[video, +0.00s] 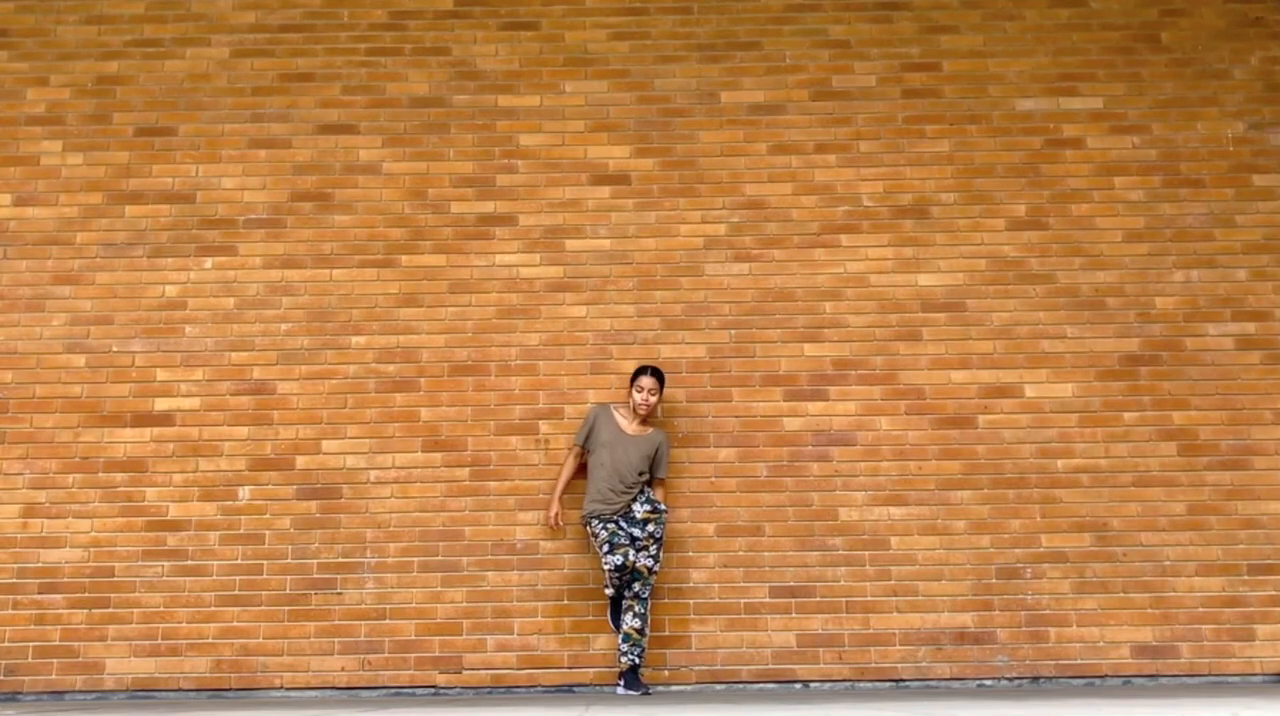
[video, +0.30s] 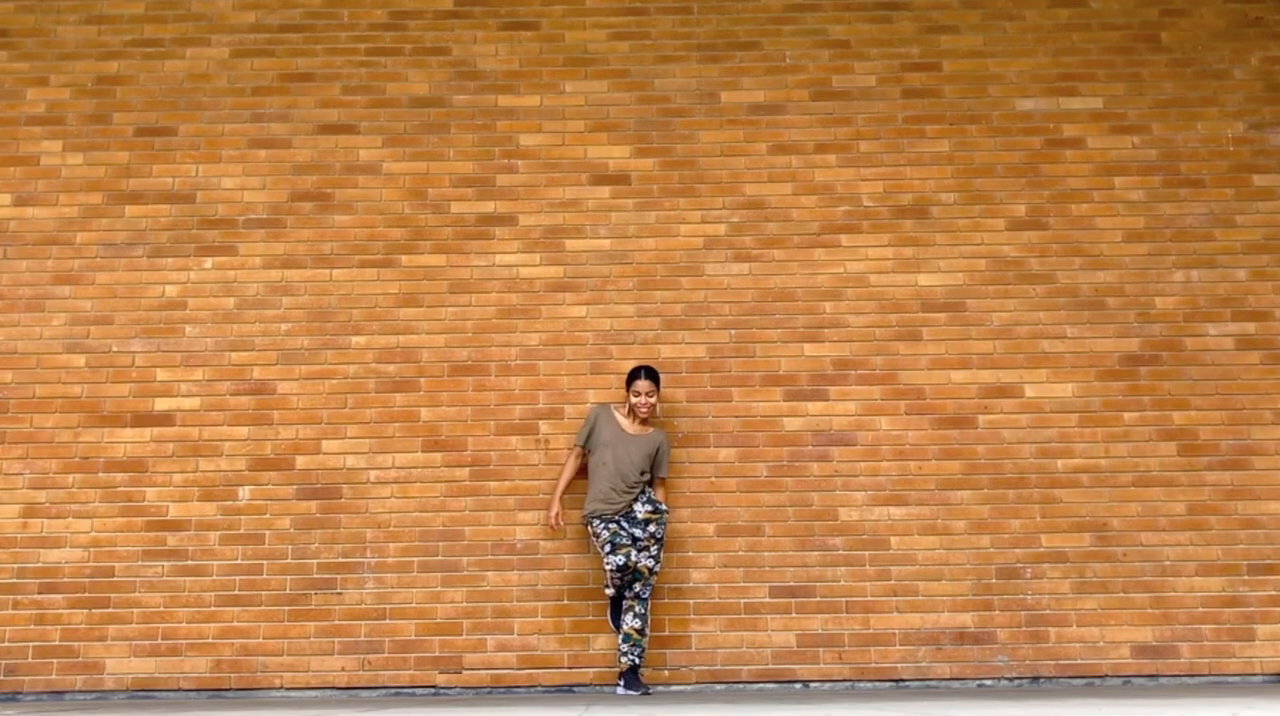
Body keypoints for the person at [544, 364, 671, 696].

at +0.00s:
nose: (645, 397)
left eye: (652, 393)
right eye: (640, 390)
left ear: (659, 398)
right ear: (630, 391)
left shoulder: (657, 439)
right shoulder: (600, 415)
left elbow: (657, 484)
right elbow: (575, 457)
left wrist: (657, 514)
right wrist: (556, 500)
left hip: (640, 515)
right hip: (602, 513)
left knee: (640, 587)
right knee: (622, 562)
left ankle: (630, 670)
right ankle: (617, 598)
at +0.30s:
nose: (644, 400)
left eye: (650, 394)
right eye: (638, 394)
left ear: (658, 397)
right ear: (627, 395)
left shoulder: (657, 439)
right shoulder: (601, 415)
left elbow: (657, 484)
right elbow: (576, 457)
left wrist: (659, 514)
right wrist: (556, 500)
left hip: (640, 514)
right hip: (603, 513)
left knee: (640, 588)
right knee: (625, 561)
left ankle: (630, 669)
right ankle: (617, 596)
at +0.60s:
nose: (633, 393)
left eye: (638, 387)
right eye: (626, 387)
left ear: (647, 390)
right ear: (616, 390)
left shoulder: (658, 431)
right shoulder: (602, 414)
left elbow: (658, 477)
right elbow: (580, 453)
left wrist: (663, 508)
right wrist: (546, 480)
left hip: (645, 510)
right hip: (607, 511)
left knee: (643, 585)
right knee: (626, 566)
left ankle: (630, 669)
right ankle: (617, 596)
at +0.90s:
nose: (644, 395)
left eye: (650, 388)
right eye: (637, 389)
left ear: (657, 391)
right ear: (627, 391)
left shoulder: (659, 433)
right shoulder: (602, 420)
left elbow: (660, 480)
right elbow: (576, 461)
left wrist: (665, 512)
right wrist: (542, 499)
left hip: (648, 516)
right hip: (609, 517)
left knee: (645, 590)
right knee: (621, 577)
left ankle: (630, 671)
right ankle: (618, 599)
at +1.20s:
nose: (631, 392)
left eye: (637, 386)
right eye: (625, 386)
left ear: (646, 389)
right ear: (615, 389)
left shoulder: (658, 428)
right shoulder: (604, 419)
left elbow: (662, 476)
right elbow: (604, 464)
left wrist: (666, 509)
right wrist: (597, 511)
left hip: (652, 513)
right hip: (614, 516)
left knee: (646, 587)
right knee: (623, 578)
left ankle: (631, 669)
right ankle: (618, 599)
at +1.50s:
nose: (638, 390)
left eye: (644, 383)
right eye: (631, 383)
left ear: (652, 387)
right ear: (620, 386)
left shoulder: (656, 427)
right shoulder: (601, 416)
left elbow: (661, 473)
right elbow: (607, 454)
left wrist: (665, 506)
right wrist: (631, 474)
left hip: (649, 516)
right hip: (610, 516)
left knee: (643, 589)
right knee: (625, 582)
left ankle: (630, 671)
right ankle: (610, 630)